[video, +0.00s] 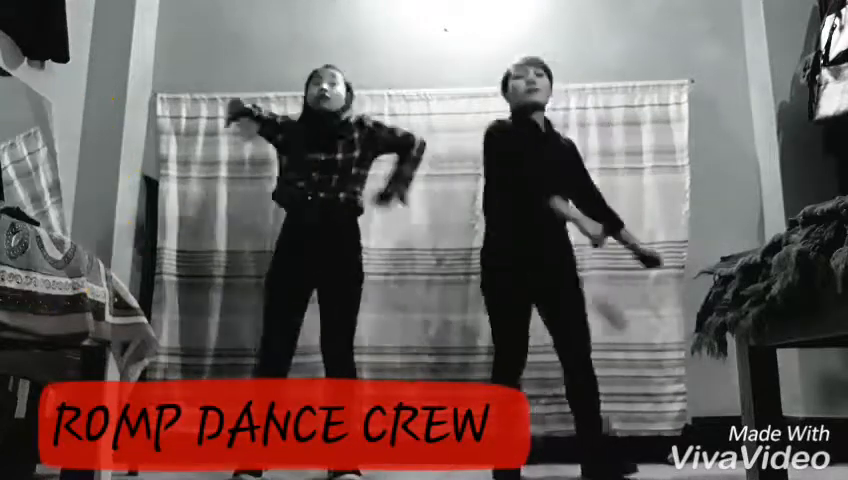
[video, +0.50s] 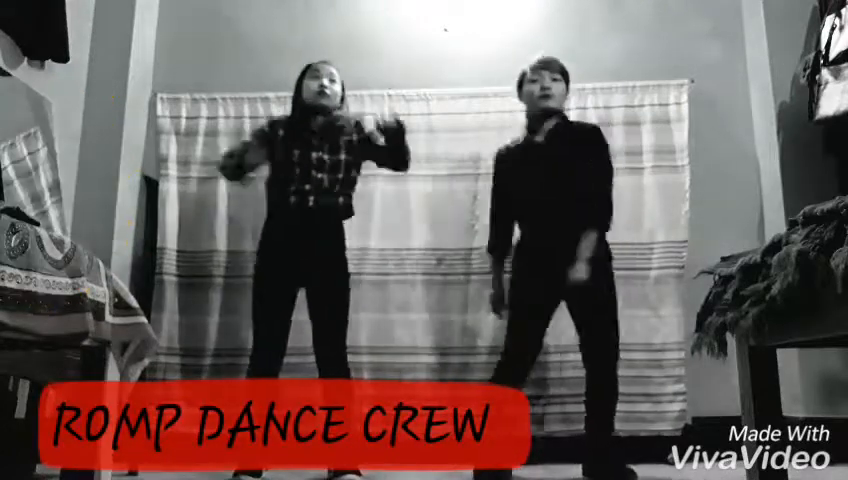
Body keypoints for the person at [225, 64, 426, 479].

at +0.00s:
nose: (324, 86)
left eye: (333, 81)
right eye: (316, 81)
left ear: (348, 96)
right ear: (305, 95)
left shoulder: (363, 131)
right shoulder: (289, 129)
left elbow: (414, 145)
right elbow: (247, 114)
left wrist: (397, 184)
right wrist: (242, 113)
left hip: (340, 245)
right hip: (295, 244)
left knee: (338, 351)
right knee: (275, 349)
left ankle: (344, 454)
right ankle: (255, 451)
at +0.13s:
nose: (333, 89)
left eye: (342, 85)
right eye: (325, 82)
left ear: (352, 101)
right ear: (310, 94)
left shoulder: (353, 144)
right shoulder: (285, 131)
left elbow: (404, 153)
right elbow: (232, 148)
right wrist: (223, 166)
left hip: (333, 254)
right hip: (284, 251)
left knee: (334, 356)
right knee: (270, 353)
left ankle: (344, 457)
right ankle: (251, 454)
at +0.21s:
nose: (325, 86)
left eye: (334, 82)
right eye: (317, 80)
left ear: (346, 98)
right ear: (302, 92)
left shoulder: (352, 140)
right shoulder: (279, 136)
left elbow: (406, 156)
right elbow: (243, 188)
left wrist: (374, 145)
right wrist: (236, 171)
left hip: (329, 257)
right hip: (281, 255)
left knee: (333, 355)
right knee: (269, 353)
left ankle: (344, 457)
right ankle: (251, 455)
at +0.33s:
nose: (311, 82)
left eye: (320, 79)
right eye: (303, 76)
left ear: (330, 96)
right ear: (285, 90)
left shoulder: (338, 134)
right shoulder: (265, 133)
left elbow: (383, 171)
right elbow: (209, 149)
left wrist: (381, 161)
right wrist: (220, 120)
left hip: (335, 248)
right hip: (288, 247)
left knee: (338, 353)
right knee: (274, 352)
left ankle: (343, 455)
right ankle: (251, 454)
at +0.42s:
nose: (313, 83)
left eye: (322, 80)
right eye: (305, 75)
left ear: (331, 98)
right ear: (287, 88)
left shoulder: (339, 132)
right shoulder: (264, 124)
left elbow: (386, 168)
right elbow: (211, 124)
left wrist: (381, 128)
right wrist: (218, 138)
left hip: (334, 246)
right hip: (286, 244)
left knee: (337, 353)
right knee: (272, 352)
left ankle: (342, 458)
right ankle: (251, 455)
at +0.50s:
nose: (324, 83)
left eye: (332, 80)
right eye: (315, 77)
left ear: (342, 95)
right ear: (299, 90)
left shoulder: (351, 132)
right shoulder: (279, 131)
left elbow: (398, 161)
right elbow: (232, 168)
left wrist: (394, 136)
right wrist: (237, 163)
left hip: (327, 249)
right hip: (279, 247)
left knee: (331, 352)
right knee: (266, 351)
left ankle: (344, 457)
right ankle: (250, 455)